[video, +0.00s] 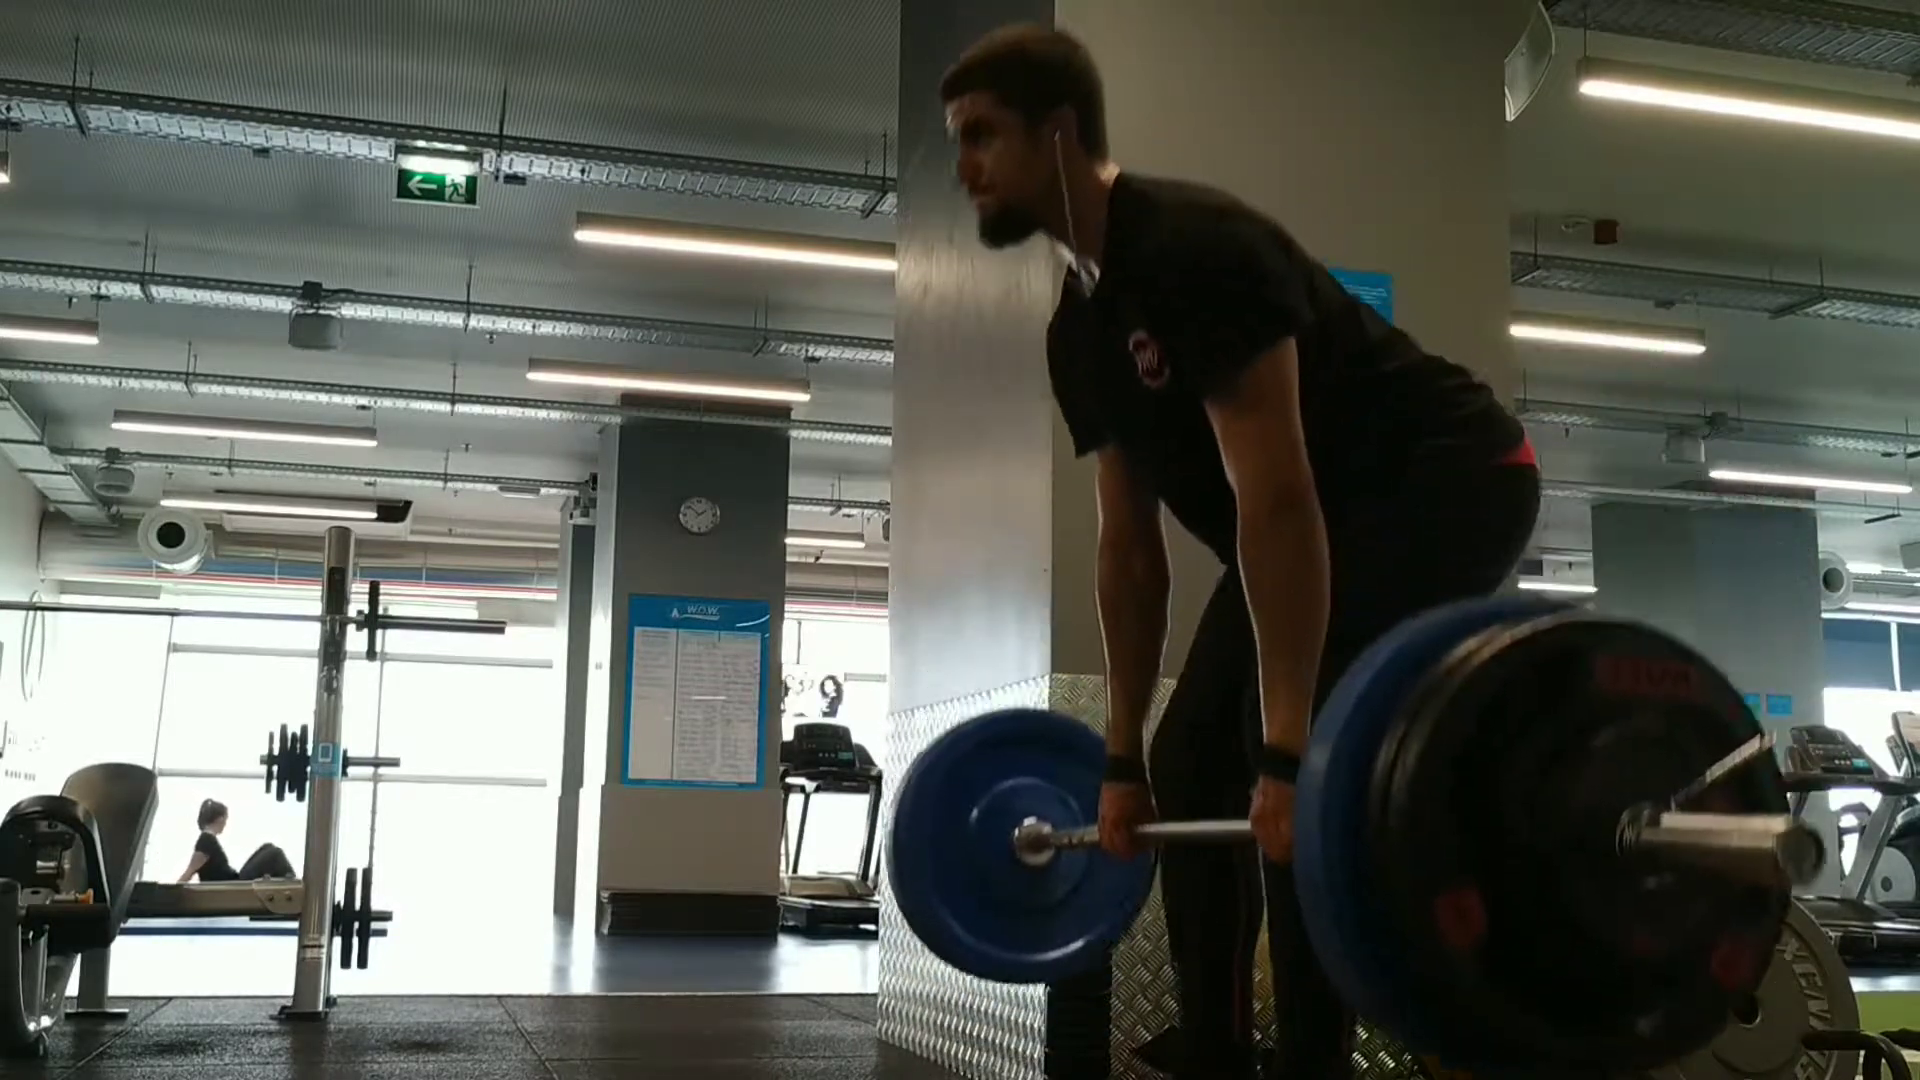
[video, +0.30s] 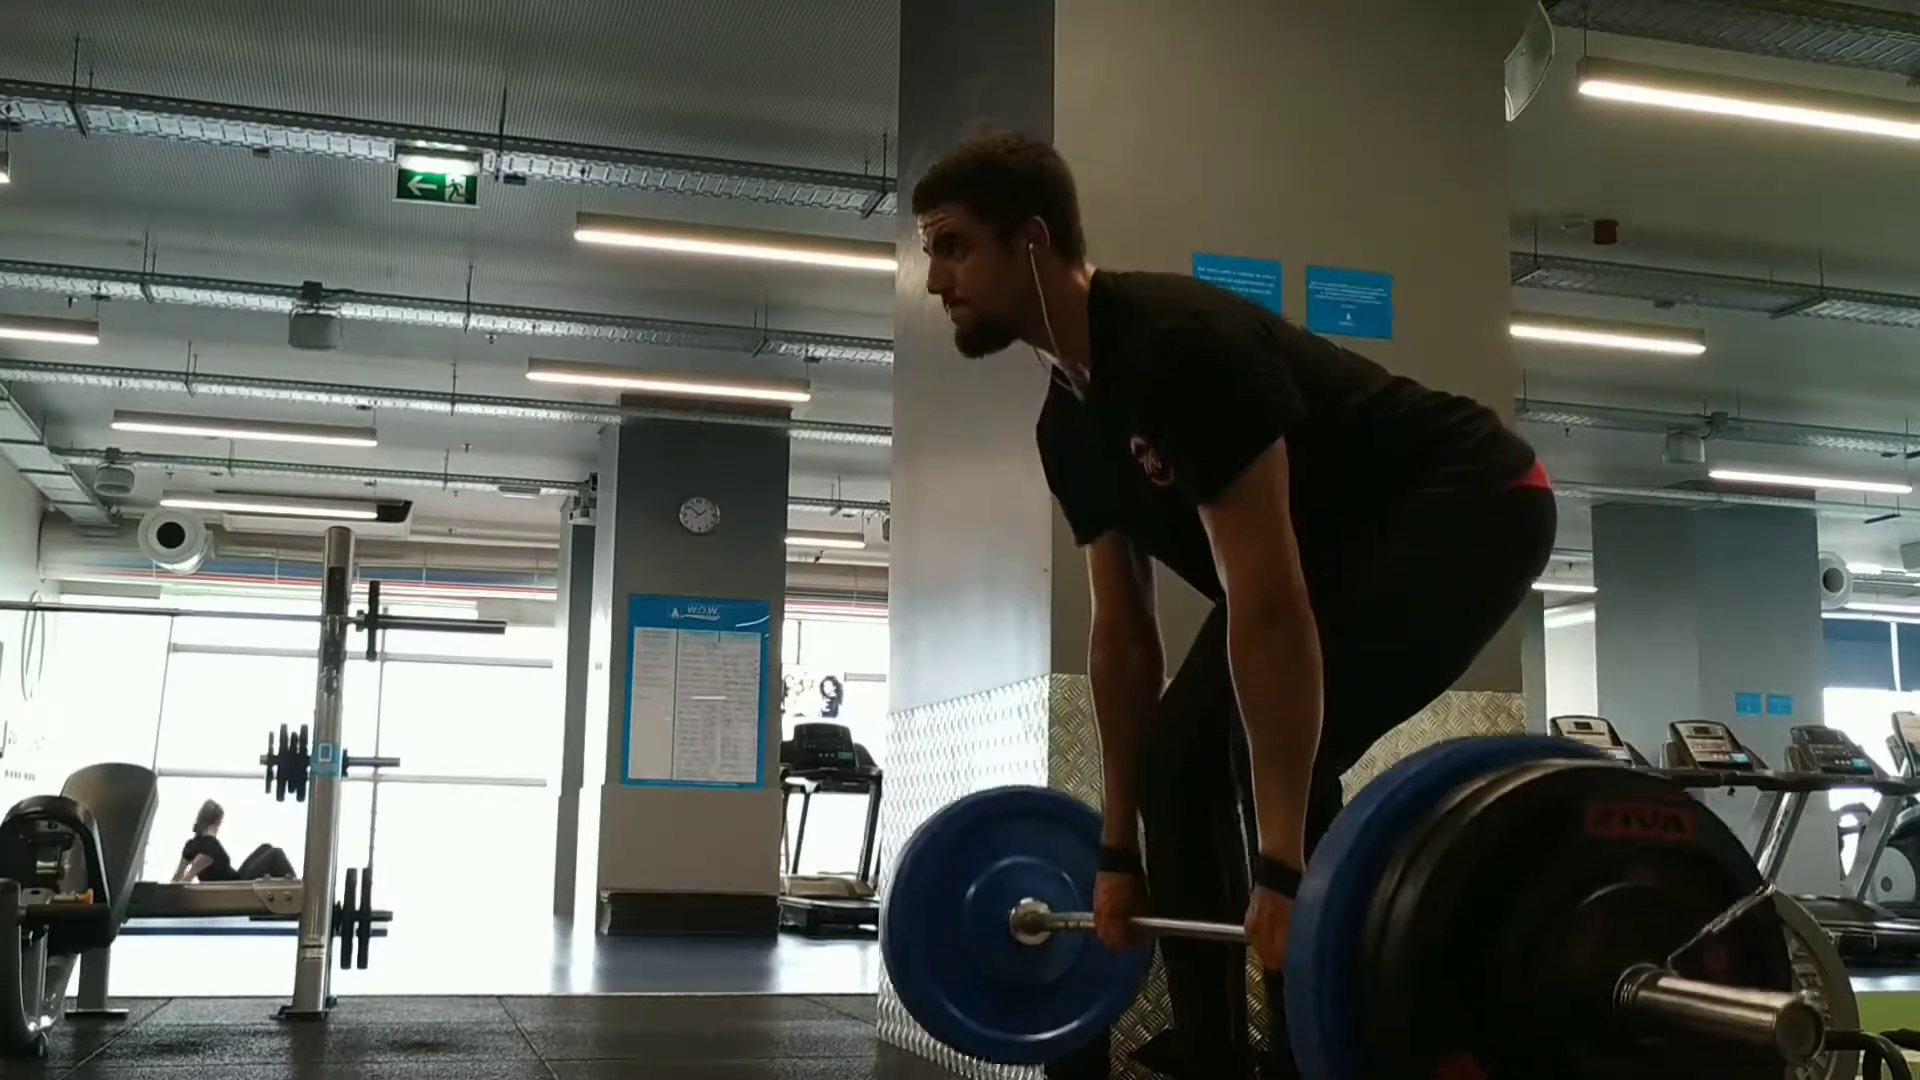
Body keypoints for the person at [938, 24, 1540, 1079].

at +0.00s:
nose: (965, 169)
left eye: (980, 138)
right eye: (958, 145)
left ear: (1061, 131)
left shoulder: (1196, 245)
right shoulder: (1078, 327)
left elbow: (1281, 508)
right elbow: (1128, 550)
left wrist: (1284, 756)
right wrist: (1122, 756)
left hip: (1442, 491)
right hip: (1303, 521)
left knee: (1311, 772)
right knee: (1194, 762)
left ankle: (1313, 1056)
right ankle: (1210, 1040)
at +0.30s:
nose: (933, 281)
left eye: (952, 249)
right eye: (930, 255)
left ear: (1035, 243)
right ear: (1027, 252)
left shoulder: (1182, 343)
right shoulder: (1069, 426)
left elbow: (1270, 610)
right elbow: (1121, 637)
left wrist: (1281, 874)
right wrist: (1119, 850)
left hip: (1464, 504)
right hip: (1326, 540)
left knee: (1280, 748)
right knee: (1178, 752)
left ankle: (1313, 1043)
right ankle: (1204, 1039)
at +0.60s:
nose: (941, 246)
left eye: (960, 215)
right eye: (937, 222)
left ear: (1043, 211)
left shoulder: (1181, 307)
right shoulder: (1072, 398)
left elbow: (1276, 577)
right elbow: (1121, 610)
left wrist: (1283, 828)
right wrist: (1119, 819)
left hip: (1458, 492)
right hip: (1324, 531)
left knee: (1305, 780)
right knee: (1182, 762)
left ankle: (1305, 1052)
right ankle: (1207, 1046)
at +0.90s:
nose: (1002, 69)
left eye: (1023, 39)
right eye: (1000, 45)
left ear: (1102, 44)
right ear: (1084, 56)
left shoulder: (1213, 169)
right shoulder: (1094, 258)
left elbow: (1282, 425)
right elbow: (1130, 475)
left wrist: (1279, 662)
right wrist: (1124, 683)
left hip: (1415, 500)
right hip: (1280, 520)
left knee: (1314, 772)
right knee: (1204, 762)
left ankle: (1313, 1058)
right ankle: (1214, 1046)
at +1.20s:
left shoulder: (1309, 49)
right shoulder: (1176, 124)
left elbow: (1316, 287)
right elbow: (1160, 351)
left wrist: (1284, 505)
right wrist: (1129, 551)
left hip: (1279, 503)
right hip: (1188, 512)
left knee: (1276, 782)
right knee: (1194, 789)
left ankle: (1310, 1056)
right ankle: (1211, 1050)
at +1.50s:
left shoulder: (1357, 60)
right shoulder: (1239, 113)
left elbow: (1335, 288)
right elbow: (1185, 338)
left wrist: (1278, 503)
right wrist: (1124, 548)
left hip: (1268, 505)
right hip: (1183, 513)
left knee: (1263, 786)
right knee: (1178, 792)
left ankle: (1306, 1060)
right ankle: (1205, 1049)